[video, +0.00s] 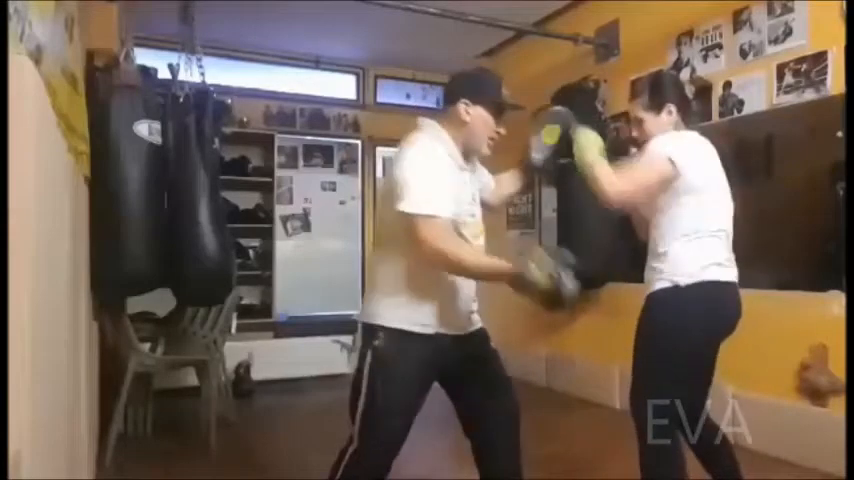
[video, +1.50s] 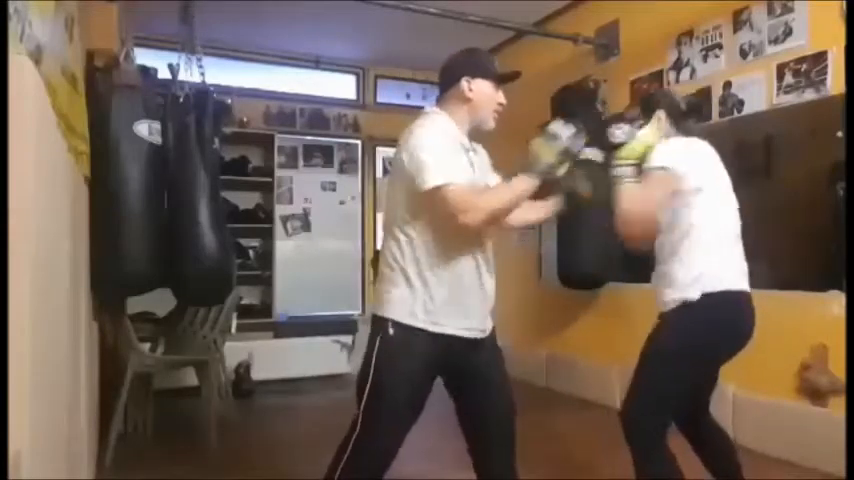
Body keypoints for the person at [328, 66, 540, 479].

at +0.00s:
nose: (500, 128)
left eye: (502, 118)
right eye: (494, 114)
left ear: (466, 112)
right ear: (464, 109)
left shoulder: (463, 158)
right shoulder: (422, 152)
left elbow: (494, 190)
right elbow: (433, 242)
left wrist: (532, 168)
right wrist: (513, 272)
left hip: (460, 331)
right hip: (402, 333)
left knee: (500, 432)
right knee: (370, 454)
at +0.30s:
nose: (511, 139)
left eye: (514, 128)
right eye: (508, 124)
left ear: (478, 118)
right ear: (479, 116)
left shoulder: (459, 158)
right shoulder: (443, 154)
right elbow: (481, 245)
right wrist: (562, 279)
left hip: (463, 327)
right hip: (412, 327)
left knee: (505, 427)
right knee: (381, 450)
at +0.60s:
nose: (471, 107)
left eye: (471, 96)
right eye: (463, 95)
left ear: (437, 95)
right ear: (430, 93)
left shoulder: (455, 141)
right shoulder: (388, 149)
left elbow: (498, 155)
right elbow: (402, 237)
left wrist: (542, 127)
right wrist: (480, 233)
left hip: (460, 328)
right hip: (394, 330)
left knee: (497, 447)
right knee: (356, 456)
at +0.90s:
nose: (466, 100)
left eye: (465, 89)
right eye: (457, 88)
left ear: (432, 94)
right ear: (428, 91)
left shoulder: (431, 148)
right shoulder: (396, 139)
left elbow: (458, 209)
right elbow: (440, 214)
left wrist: (503, 178)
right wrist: (486, 170)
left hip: (454, 334)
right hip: (395, 338)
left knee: (490, 458)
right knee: (358, 463)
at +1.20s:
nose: (487, 98)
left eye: (485, 89)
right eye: (479, 87)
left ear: (450, 93)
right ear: (449, 90)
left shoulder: (456, 143)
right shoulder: (422, 132)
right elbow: (507, 186)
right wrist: (560, 150)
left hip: (457, 329)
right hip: (402, 330)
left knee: (492, 454)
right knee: (368, 455)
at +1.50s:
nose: (503, 98)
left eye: (502, 88)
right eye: (496, 86)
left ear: (469, 90)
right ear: (468, 88)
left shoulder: (474, 152)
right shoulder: (426, 135)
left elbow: (508, 213)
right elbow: (468, 212)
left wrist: (566, 195)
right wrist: (532, 175)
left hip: (470, 327)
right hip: (410, 325)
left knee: (496, 446)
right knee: (370, 450)